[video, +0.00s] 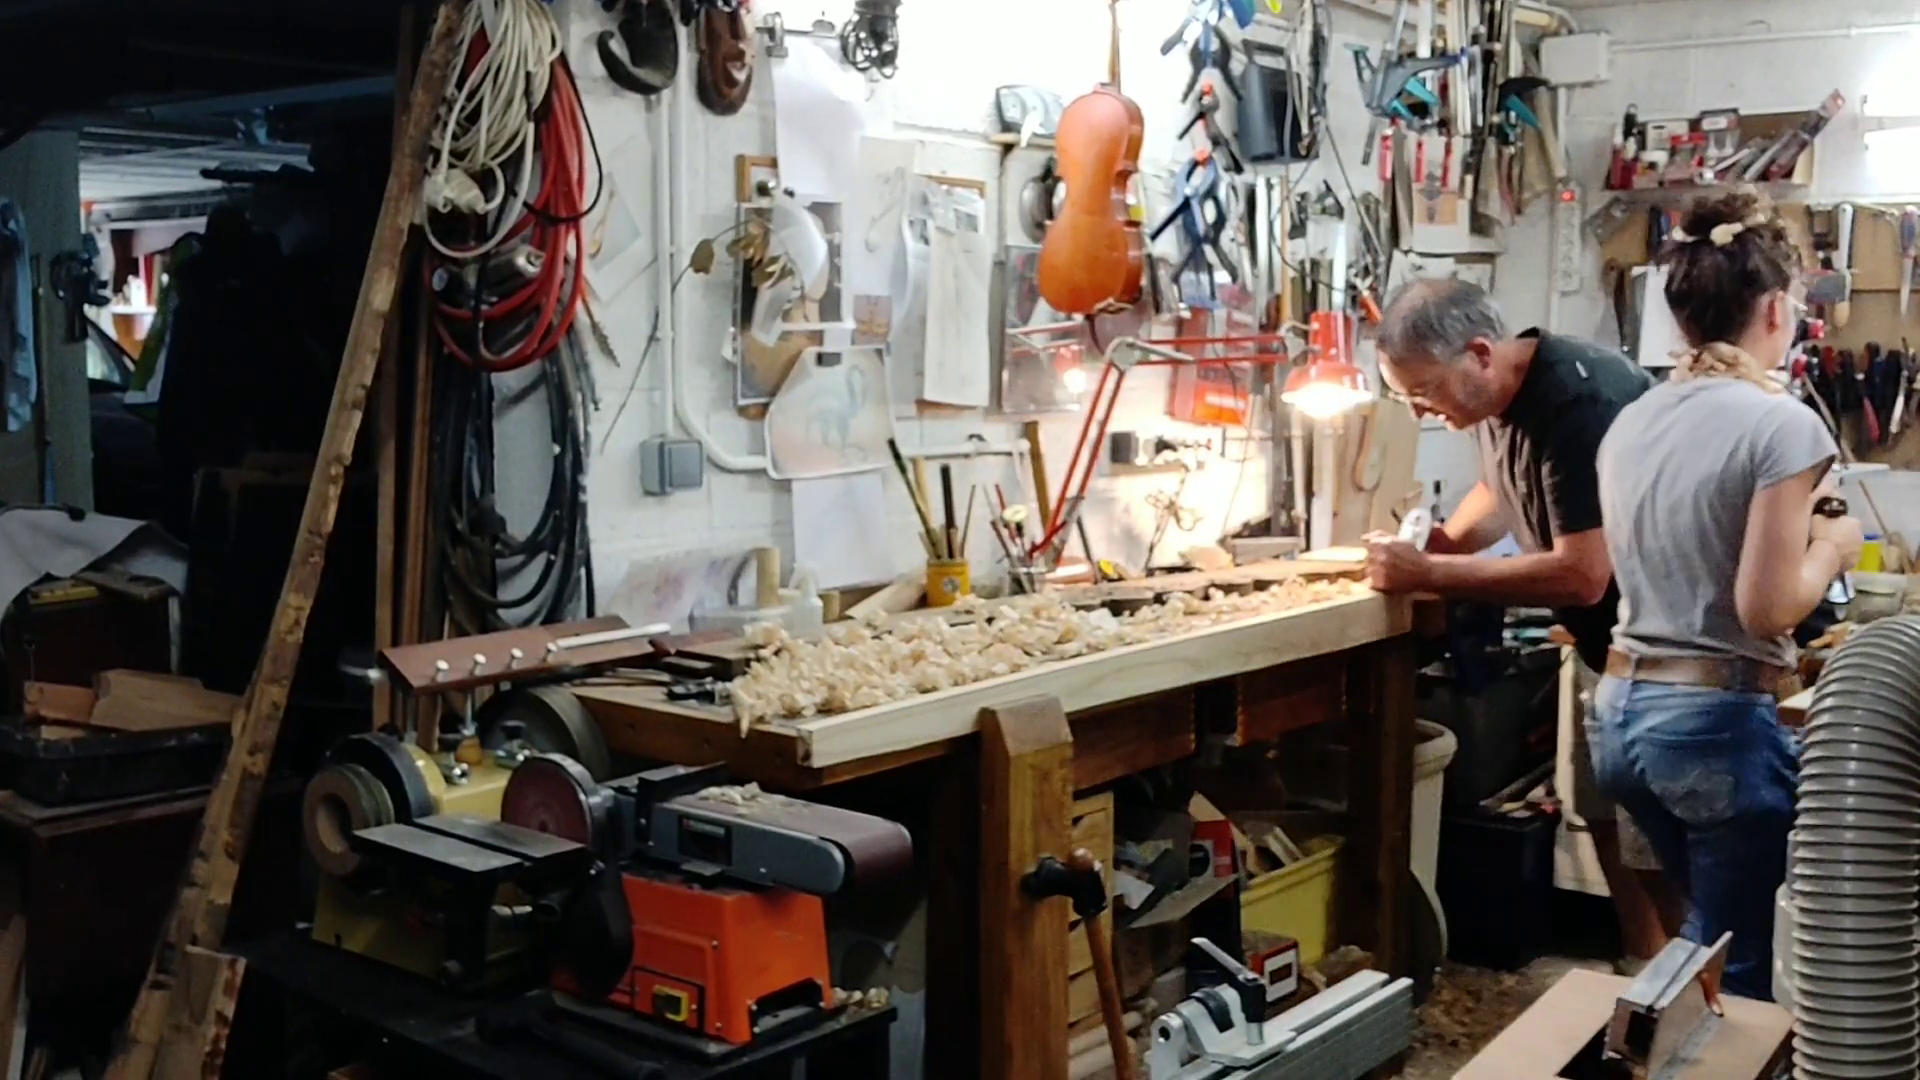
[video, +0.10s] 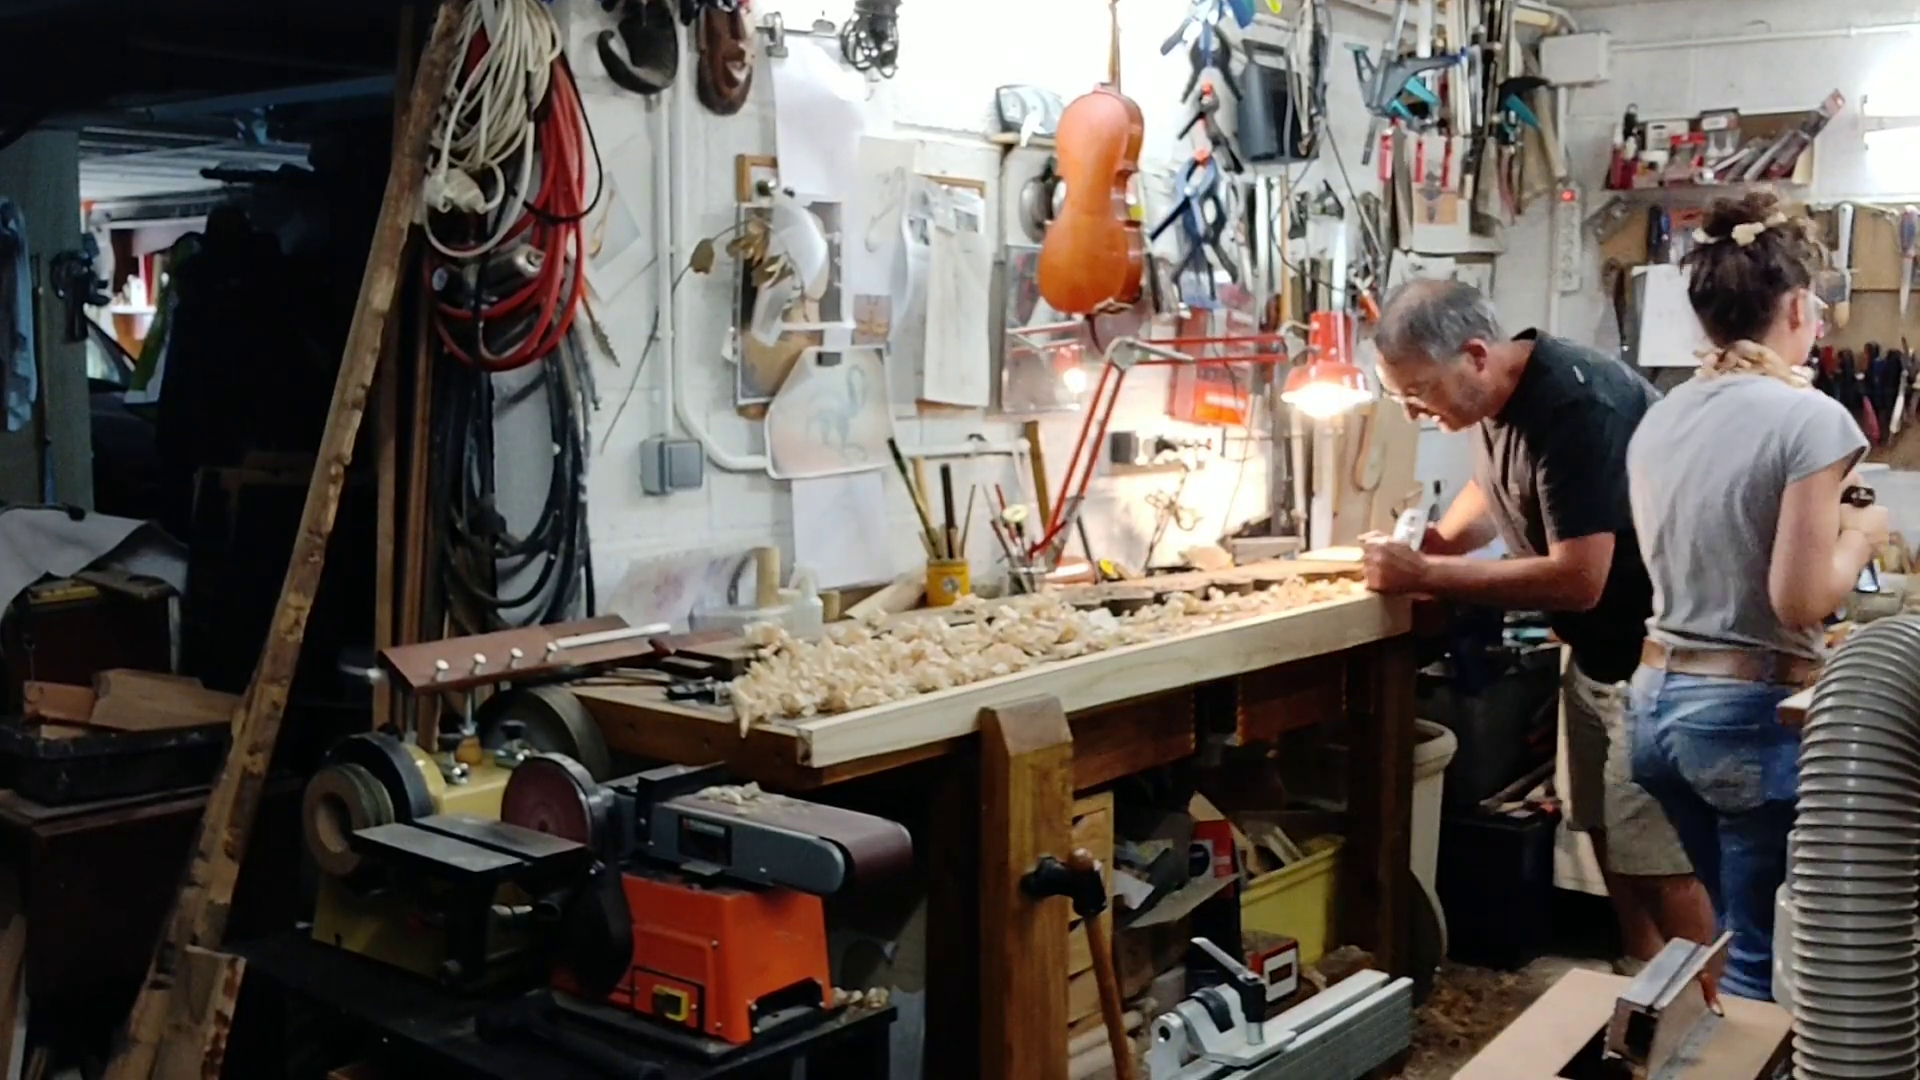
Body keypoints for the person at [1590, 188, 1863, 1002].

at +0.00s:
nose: (1799, 318)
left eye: (1800, 299)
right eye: (1798, 300)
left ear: (1684, 312)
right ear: (1773, 311)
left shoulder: (1627, 425)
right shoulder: (1785, 423)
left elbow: (1642, 573)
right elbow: (1767, 611)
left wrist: (1787, 517)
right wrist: (1833, 547)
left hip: (1617, 707)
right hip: (1718, 719)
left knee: (1704, 926)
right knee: (1744, 951)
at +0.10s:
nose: (1820, 322)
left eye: (1821, 303)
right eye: (1817, 304)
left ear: (1708, 315)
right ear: (1795, 311)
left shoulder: (1657, 421)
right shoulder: (1812, 418)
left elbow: (1667, 566)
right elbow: (1801, 602)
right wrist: (1860, 536)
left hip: (1650, 702)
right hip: (1747, 713)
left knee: (1730, 924)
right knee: (1762, 947)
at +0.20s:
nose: (1833, 322)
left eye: (1832, 303)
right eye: (1832, 303)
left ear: (1723, 320)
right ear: (1813, 314)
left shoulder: (1677, 426)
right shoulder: (1831, 421)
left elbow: (1692, 564)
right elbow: (1828, 601)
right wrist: (1886, 530)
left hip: (1680, 701)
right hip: (1776, 711)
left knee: (1747, 936)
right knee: (1816, 939)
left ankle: (1722, 1071)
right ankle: (1796, 1071)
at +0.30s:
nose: (1849, 321)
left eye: (1847, 304)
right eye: (1847, 304)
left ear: (1743, 321)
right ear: (1833, 311)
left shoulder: (1696, 422)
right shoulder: (1861, 416)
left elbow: (1697, 561)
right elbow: (1864, 594)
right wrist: (1905, 531)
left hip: (1698, 692)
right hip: (1800, 702)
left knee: (1748, 919)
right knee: (1830, 923)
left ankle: (1744, 1067)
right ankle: (1820, 1067)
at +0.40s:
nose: (1870, 313)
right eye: (1867, 296)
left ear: (1764, 316)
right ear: (1858, 308)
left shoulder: (1711, 417)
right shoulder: (1889, 414)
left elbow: (1702, 550)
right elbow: (1893, 586)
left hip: (1721, 680)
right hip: (1831, 689)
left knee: (1754, 905)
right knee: (1840, 913)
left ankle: (1747, 1066)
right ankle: (1830, 1065)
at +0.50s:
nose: (1893, 314)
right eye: (1891, 299)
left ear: (1786, 321)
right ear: (1881, 309)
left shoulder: (1729, 417)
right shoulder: (1905, 412)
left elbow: (1733, 543)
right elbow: (1906, 577)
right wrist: (1910, 653)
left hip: (1738, 669)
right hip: (1852, 677)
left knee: (1762, 897)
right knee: (1851, 900)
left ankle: (1749, 1059)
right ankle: (1838, 1060)